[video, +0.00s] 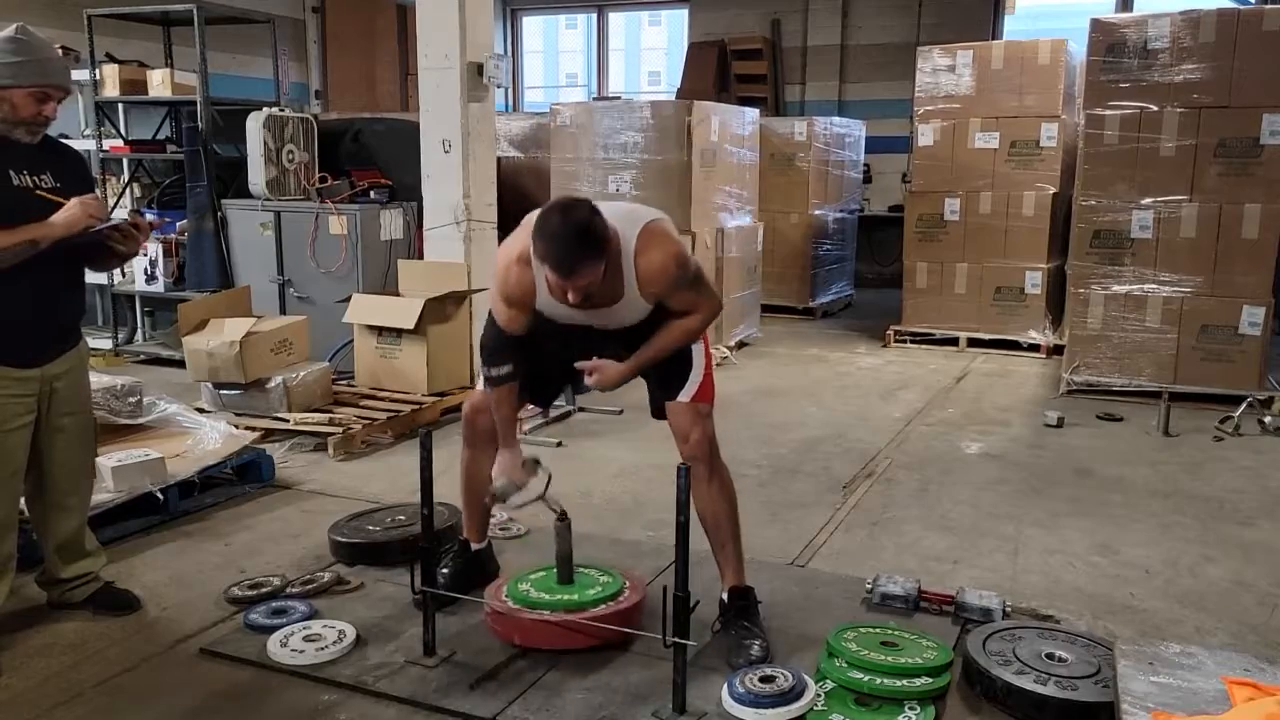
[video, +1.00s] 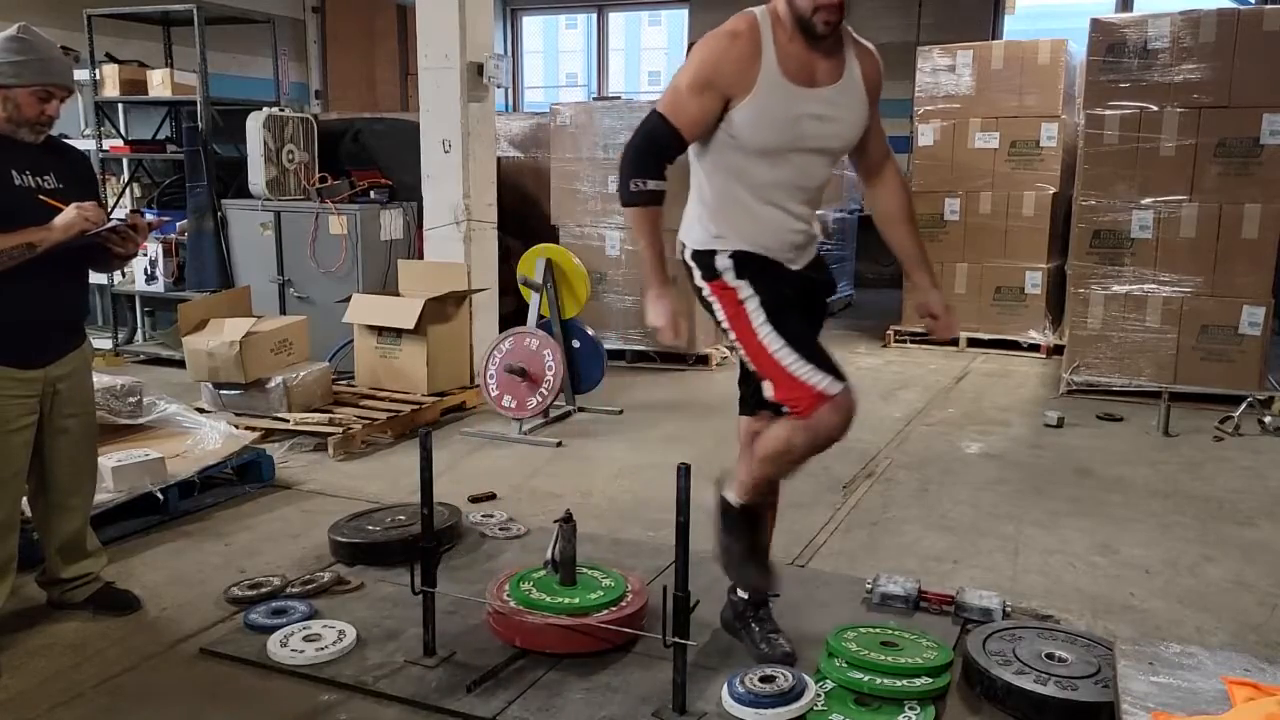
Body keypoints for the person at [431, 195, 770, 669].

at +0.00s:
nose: (574, 296)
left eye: (586, 284)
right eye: (560, 286)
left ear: (609, 253)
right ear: (538, 260)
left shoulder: (659, 257)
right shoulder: (514, 266)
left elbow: (705, 306)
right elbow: (501, 356)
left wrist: (629, 367)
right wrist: (508, 449)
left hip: (651, 319)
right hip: (557, 326)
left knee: (697, 440)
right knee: (478, 412)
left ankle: (737, 597)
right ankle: (474, 550)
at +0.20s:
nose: (581, 331)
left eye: (591, 320)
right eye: (568, 324)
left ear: (609, 281)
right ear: (544, 300)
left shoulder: (656, 269)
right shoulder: (520, 318)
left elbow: (701, 310)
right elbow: (521, 418)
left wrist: (630, 371)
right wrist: (540, 505)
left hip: (650, 328)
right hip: (557, 342)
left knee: (697, 441)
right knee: (471, 414)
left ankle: (738, 598)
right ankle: (472, 550)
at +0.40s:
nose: (635, 288)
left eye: (644, 275)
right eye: (621, 280)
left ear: (657, 246)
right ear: (588, 261)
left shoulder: (686, 241)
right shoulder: (554, 285)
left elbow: (711, 301)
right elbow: (529, 391)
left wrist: (646, 370)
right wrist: (540, 481)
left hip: (665, 324)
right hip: (575, 331)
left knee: (718, 433)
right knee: (488, 425)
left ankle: (741, 595)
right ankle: (473, 552)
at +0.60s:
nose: (744, 153)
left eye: (756, 139)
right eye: (731, 138)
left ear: (771, 125)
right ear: (695, 117)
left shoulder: (783, 169)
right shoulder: (647, 164)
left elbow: (777, 258)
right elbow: (551, 259)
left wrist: (701, 334)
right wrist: (526, 366)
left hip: (717, 297)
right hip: (626, 295)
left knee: (749, 432)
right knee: (552, 424)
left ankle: (747, 598)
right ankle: (492, 534)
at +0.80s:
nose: (808, 40)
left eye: (819, 23)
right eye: (793, 22)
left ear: (829, 20)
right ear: (755, 15)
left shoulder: (832, 90)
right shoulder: (704, 78)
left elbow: (843, 185)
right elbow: (596, 169)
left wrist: (807, 282)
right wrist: (577, 293)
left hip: (755, 268)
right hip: (675, 265)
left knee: (755, 430)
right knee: (682, 437)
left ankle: (749, 596)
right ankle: (596, 450)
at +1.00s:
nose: (829, 3)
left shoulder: (862, 62)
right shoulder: (731, 50)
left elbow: (877, 169)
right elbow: (640, 160)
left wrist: (922, 281)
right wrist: (656, 285)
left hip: (799, 260)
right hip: (724, 255)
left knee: (763, 441)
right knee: (826, 408)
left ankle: (748, 604)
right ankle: (738, 502)